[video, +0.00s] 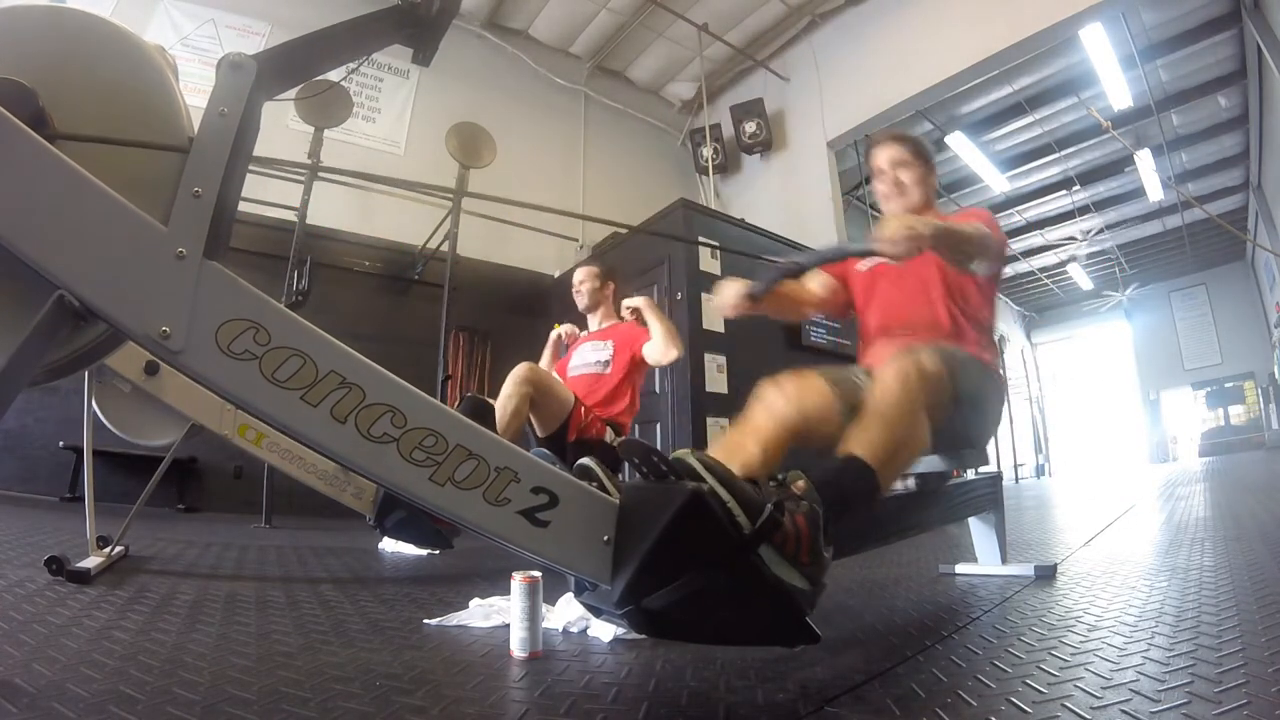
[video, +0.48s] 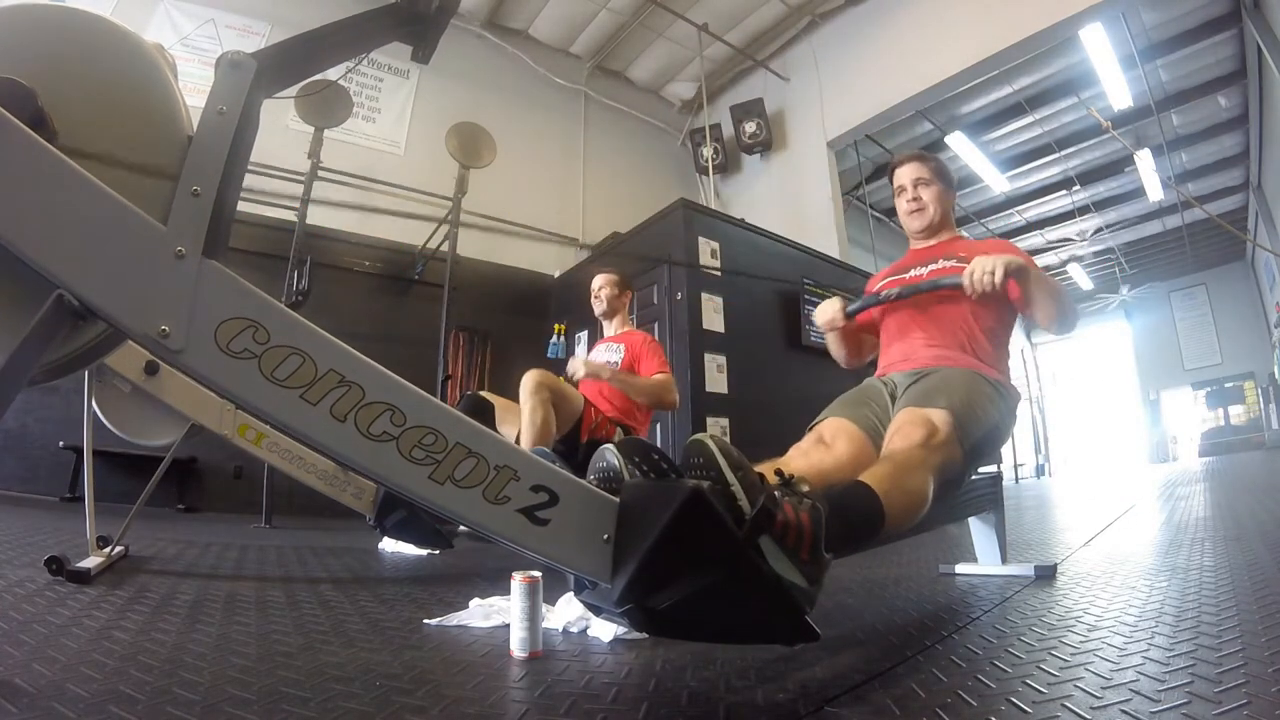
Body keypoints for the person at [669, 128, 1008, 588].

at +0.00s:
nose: (890, 180)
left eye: (901, 167)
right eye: (879, 175)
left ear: (930, 174)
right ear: (871, 191)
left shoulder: (969, 222)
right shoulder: (862, 259)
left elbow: (985, 250)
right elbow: (809, 294)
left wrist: (927, 231)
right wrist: (754, 298)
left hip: (965, 380)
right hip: (875, 381)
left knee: (905, 368)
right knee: (780, 395)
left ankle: (816, 512)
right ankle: (690, 491)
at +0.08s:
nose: (911, 199)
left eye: (921, 187)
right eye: (901, 194)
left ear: (949, 196)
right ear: (894, 211)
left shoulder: (987, 245)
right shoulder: (884, 280)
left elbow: (1027, 293)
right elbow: (845, 335)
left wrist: (978, 257)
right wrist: (805, 314)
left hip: (960, 368)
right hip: (885, 380)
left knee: (917, 438)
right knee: (822, 445)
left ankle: (824, 529)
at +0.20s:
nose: (917, 205)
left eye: (927, 193)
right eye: (907, 200)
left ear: (954, 200)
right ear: (901, 215)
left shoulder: (992, 257)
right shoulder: (891, 279)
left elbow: (1051, 321)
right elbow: (856, 353)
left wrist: (1013, 264)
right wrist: (833, 322)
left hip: (958, 369)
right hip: (883, 381)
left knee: (917, 434)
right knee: (822, 441)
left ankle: (819, 526)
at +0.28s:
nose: (917, 202)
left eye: (928, 191)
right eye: (908, 198)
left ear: (957, 201)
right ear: (901, 215)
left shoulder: (991, 258)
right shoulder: (890, 279)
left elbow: (1055, 325)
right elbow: (866, 361)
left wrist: (1028, 265)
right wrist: (847, 320)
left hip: (959, 373)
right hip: (883, 382)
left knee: (913, 440)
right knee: (818, 446)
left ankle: (818, 530)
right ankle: (706, 498)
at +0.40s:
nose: (916, 201)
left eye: (927, 190)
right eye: (906, 196)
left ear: (953, 197)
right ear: (900, 210)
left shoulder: (992, 255)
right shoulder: (888, 280)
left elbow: (1057, 325)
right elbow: (862, 359)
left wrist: (1027, 266)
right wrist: (844, 324)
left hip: (960, 371)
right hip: (885, 383)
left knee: (917, 437)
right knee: (825, 441)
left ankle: (820, 525)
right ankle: (707, 488)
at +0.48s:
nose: (910, 196)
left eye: (921, 184)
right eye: (900, 191)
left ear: (950, 194)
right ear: (895, 209)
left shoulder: (993, 251)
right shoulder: (883, 276)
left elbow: (1059, 320)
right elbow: (854, 358)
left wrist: (1018, 268)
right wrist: (831, 328)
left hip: (960, 372)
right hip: (884, 382)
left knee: (915, 440)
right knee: (821, 443)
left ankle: (820, 527)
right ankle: (728, 494)